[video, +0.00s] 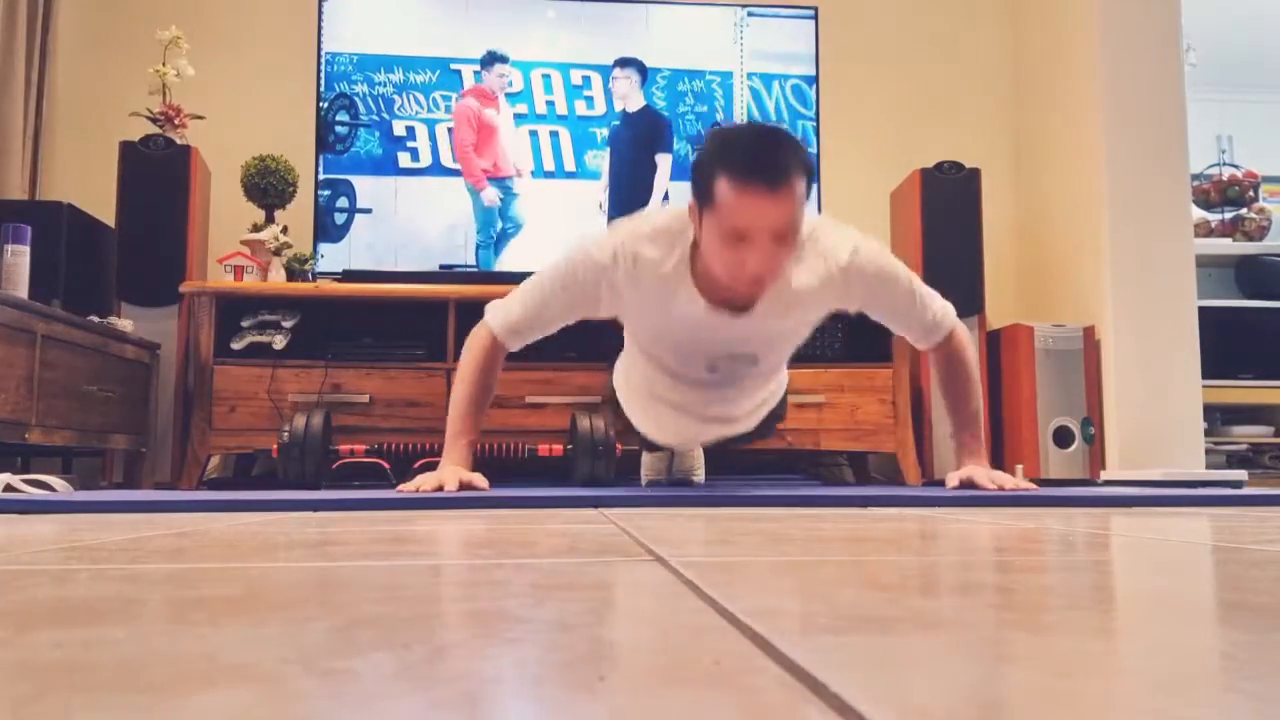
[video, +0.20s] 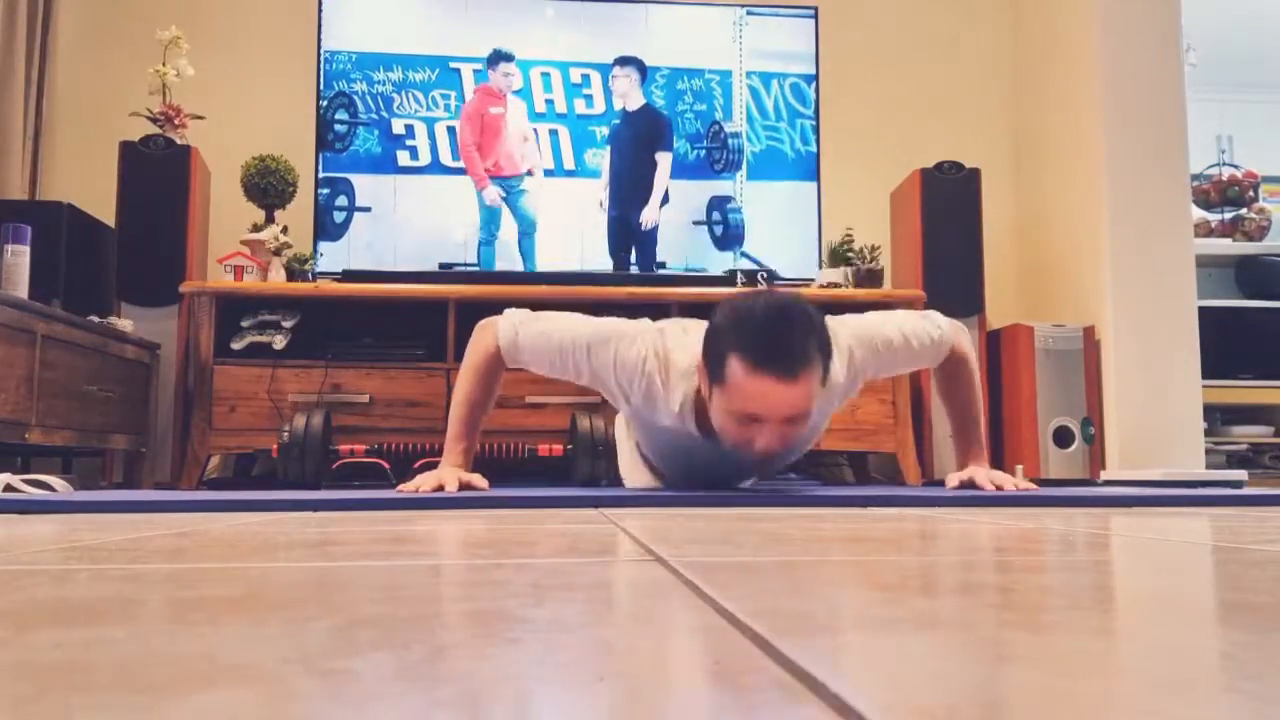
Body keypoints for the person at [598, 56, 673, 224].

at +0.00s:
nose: (610, 85)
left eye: (615, 79)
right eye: (611, 79)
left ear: (633, 81)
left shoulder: (658, 122)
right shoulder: (616, 122)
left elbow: (664, 168)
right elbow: (610, 160)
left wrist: (653, 208)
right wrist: (603, 190)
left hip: (646, 215)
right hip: (617, 213)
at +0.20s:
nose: (611, 83)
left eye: (617, 78)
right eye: (611, 78)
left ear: (634, 81)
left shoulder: (659, 121)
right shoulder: (617, 122)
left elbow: (664, 166)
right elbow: (610, 161)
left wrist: (654, 204)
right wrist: (604, 189)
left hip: (643, 206)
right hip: (617, 204)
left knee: (646, 266)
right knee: (619, 265)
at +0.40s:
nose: (611, 81)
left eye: (616, 76)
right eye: (611, 76)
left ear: (633, 78)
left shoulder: (658, 119)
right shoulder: (618, 120)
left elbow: (664, 163)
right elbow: (610, 157)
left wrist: (653, 202)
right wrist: (604, 187)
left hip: (643, 203)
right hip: (617, 200)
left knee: (645, 260)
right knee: (618, 260)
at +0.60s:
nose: (610, 81)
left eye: (616, 74)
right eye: (610, 75)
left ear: (632, 77)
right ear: (629, 77)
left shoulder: (654, 117)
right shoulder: (618, 118)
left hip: (644, 205)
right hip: (616, 206)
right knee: (619, 270)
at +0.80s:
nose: (609, 79)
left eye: (613, 73)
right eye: (610, 73)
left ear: (631, 75)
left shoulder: (659, 117)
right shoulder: (617, 116)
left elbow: (663, 163)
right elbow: (610, 156)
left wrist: (651, 205)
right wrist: (605, 188)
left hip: (644, 208)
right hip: (616, 207)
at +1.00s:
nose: (609, 76)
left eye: (614, 70)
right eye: (609, 71)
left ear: (631, 73)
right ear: (625, 75)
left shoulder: (659, 115)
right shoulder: (619, 115)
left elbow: (663, 160)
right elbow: (611, 154)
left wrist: (651, 199)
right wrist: (606, 184)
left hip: (642, 199)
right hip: (616, 198)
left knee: (643, 260)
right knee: (616, 259)